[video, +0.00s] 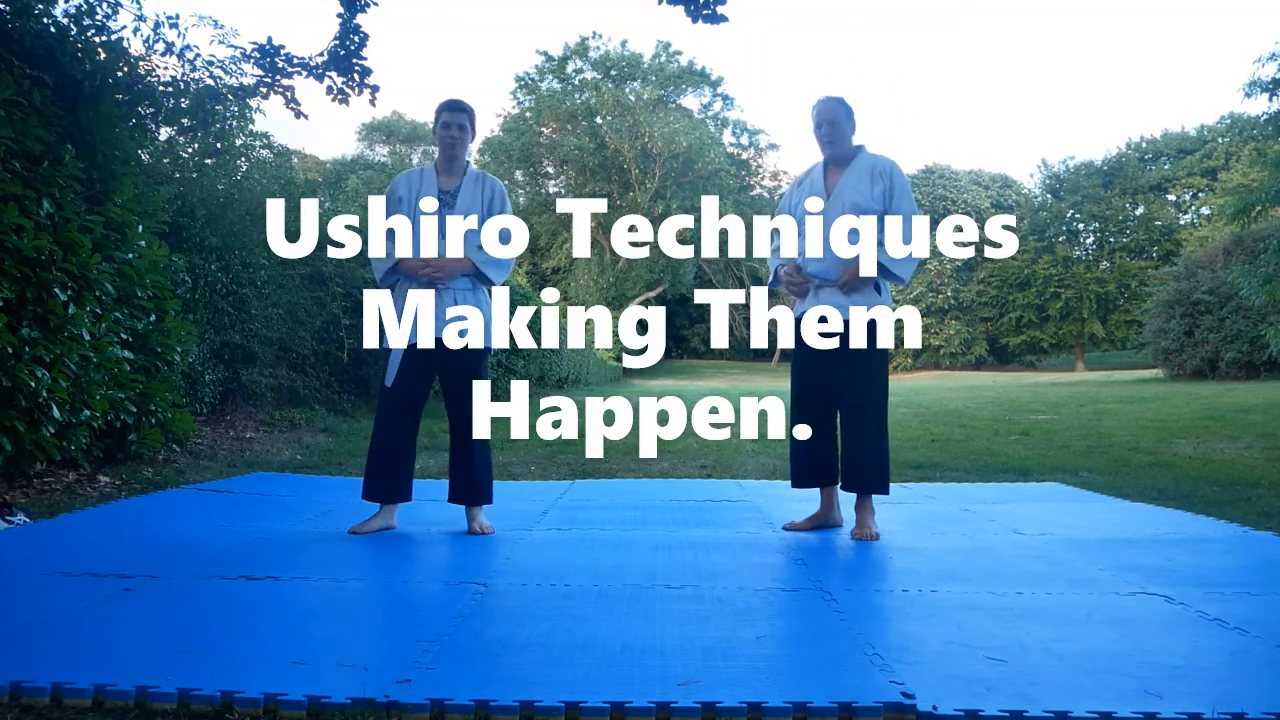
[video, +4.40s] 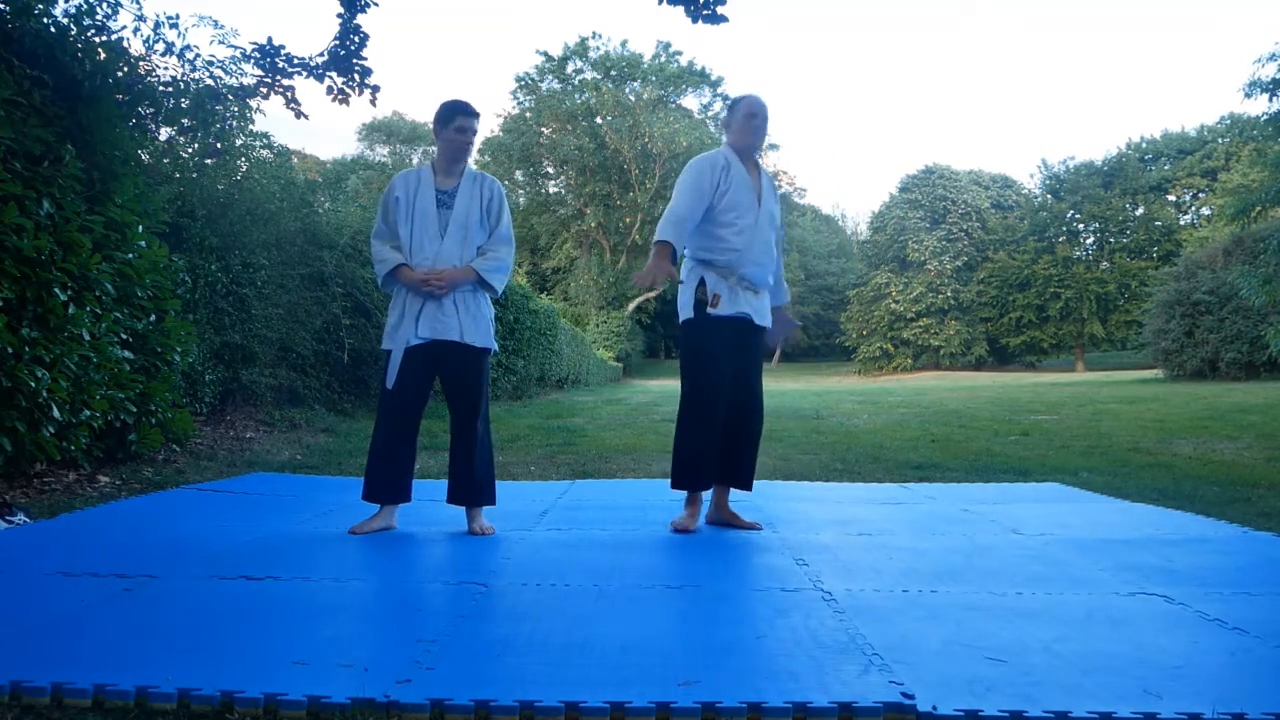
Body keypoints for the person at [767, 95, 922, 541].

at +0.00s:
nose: (825, 131)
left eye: (832, 123)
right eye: (819, 125)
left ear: (853, 126)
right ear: (811, 132)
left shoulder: (883, 171)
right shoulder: (798, 187)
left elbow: (907, 238)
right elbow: (779, 244)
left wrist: (864, 266)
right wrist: (784, 270)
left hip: (863, 310)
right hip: (811, 309)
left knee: (862, 408)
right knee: (813, 408)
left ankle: (864, 509)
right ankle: (828, 506)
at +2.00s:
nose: (808, 138)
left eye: (815, 130)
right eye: (803, 132)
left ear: (839, 132)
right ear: (798, 138)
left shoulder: (868, 175)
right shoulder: (795, 193)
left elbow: (890, 240)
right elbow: (780, 256)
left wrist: (865, 293)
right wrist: (771, 301)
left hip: (850, 306)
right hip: (800, 309)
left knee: (847, 406)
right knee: (810, 408)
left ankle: (856, 502)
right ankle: (827, 506)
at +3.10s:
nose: (771, 131)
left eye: (780, 122)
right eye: (768, 123)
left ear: (808, 122)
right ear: (768, 126)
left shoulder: (835, 165)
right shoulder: (767, 180)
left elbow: (850, 231)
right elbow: (750, 244)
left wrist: (829, 290)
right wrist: (726, 302)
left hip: (809, 307)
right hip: (761, 307)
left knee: (800, 408)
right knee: (741, 401)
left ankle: (792, 512)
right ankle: (782, 487)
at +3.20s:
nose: (767, 130)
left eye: (775, 122)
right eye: (764, 123)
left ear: (803, 121)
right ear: (766, 125)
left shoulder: (832, 165)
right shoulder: (763, 179)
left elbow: (848, 231)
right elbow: (746, 243)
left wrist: (825, 290)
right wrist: (726, 301)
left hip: (807, 306)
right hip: (757, 306)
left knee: (799, 410)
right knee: (735, 403)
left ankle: (791, 514)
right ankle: (751, 497)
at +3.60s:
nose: (738, 129)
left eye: (747, 121)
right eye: (734, 121)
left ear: (774, 123)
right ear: (732, 124)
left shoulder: (802, 169)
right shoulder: (721, 178)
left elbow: (822, 236)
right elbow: (700, 245)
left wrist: (832, 301)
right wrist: (678, 305)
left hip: (781, 305)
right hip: (725, 306)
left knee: (783, 411)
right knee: (711, 409)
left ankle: (789, 514)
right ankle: (699, 508)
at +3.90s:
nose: (731, 125)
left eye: (740, 118)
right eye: (725, 118)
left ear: (756, 124)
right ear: (715, 124)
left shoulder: (778, 174)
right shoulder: (694, 173)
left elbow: (804, 238)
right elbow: (658, 223)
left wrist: (838, 292)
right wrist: (624, 266)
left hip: (762, 304)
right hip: (704, 303)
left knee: (762, 407)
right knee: (696, 405)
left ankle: (766, 505)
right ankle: (698, 506)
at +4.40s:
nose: (756, 124)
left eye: (762, 118)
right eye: (749, 116)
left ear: (767, 129)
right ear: (727, 124)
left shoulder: (769, 187)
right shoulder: (708, 166)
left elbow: (774, 254)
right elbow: (678, 213)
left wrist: (779, 312)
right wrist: (661, 258)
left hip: (752, 304)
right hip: (707, 297)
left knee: (744, 403)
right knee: (703, 400)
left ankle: (721, 505)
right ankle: (692, 505)